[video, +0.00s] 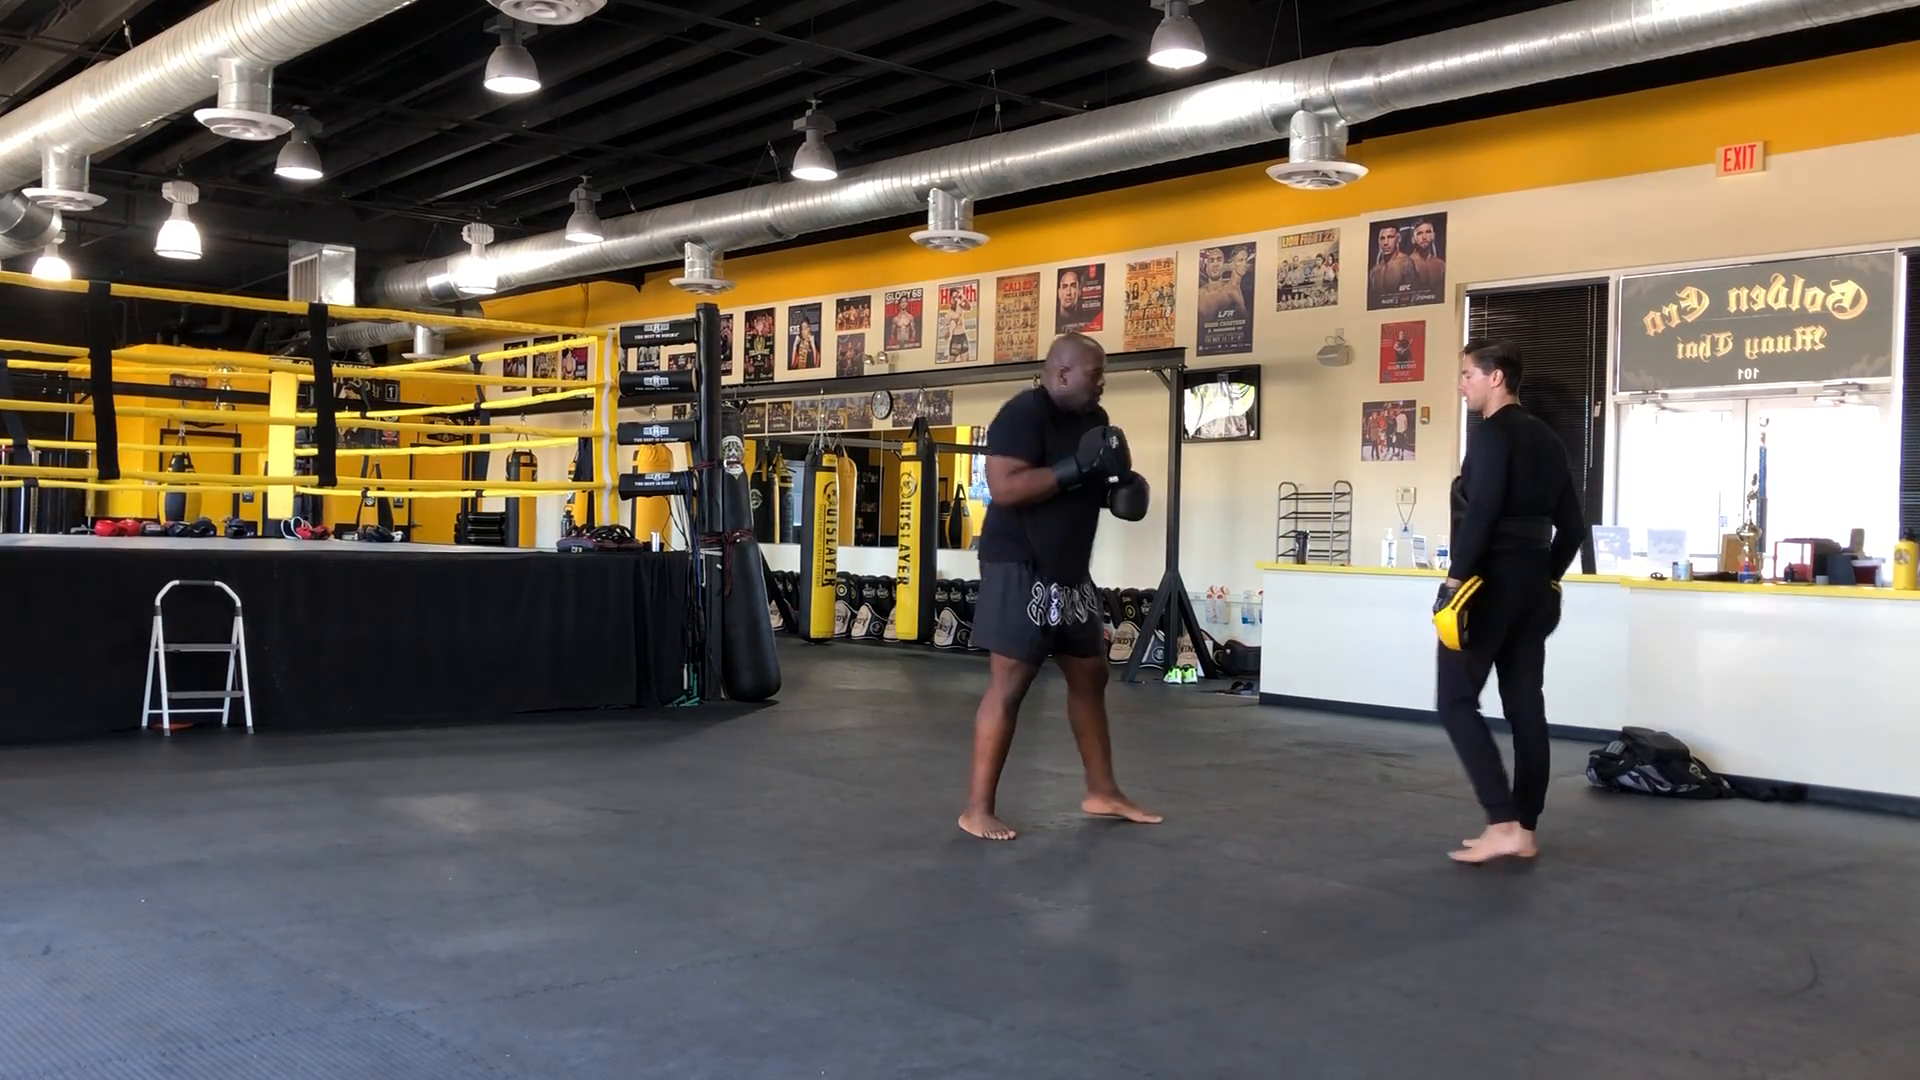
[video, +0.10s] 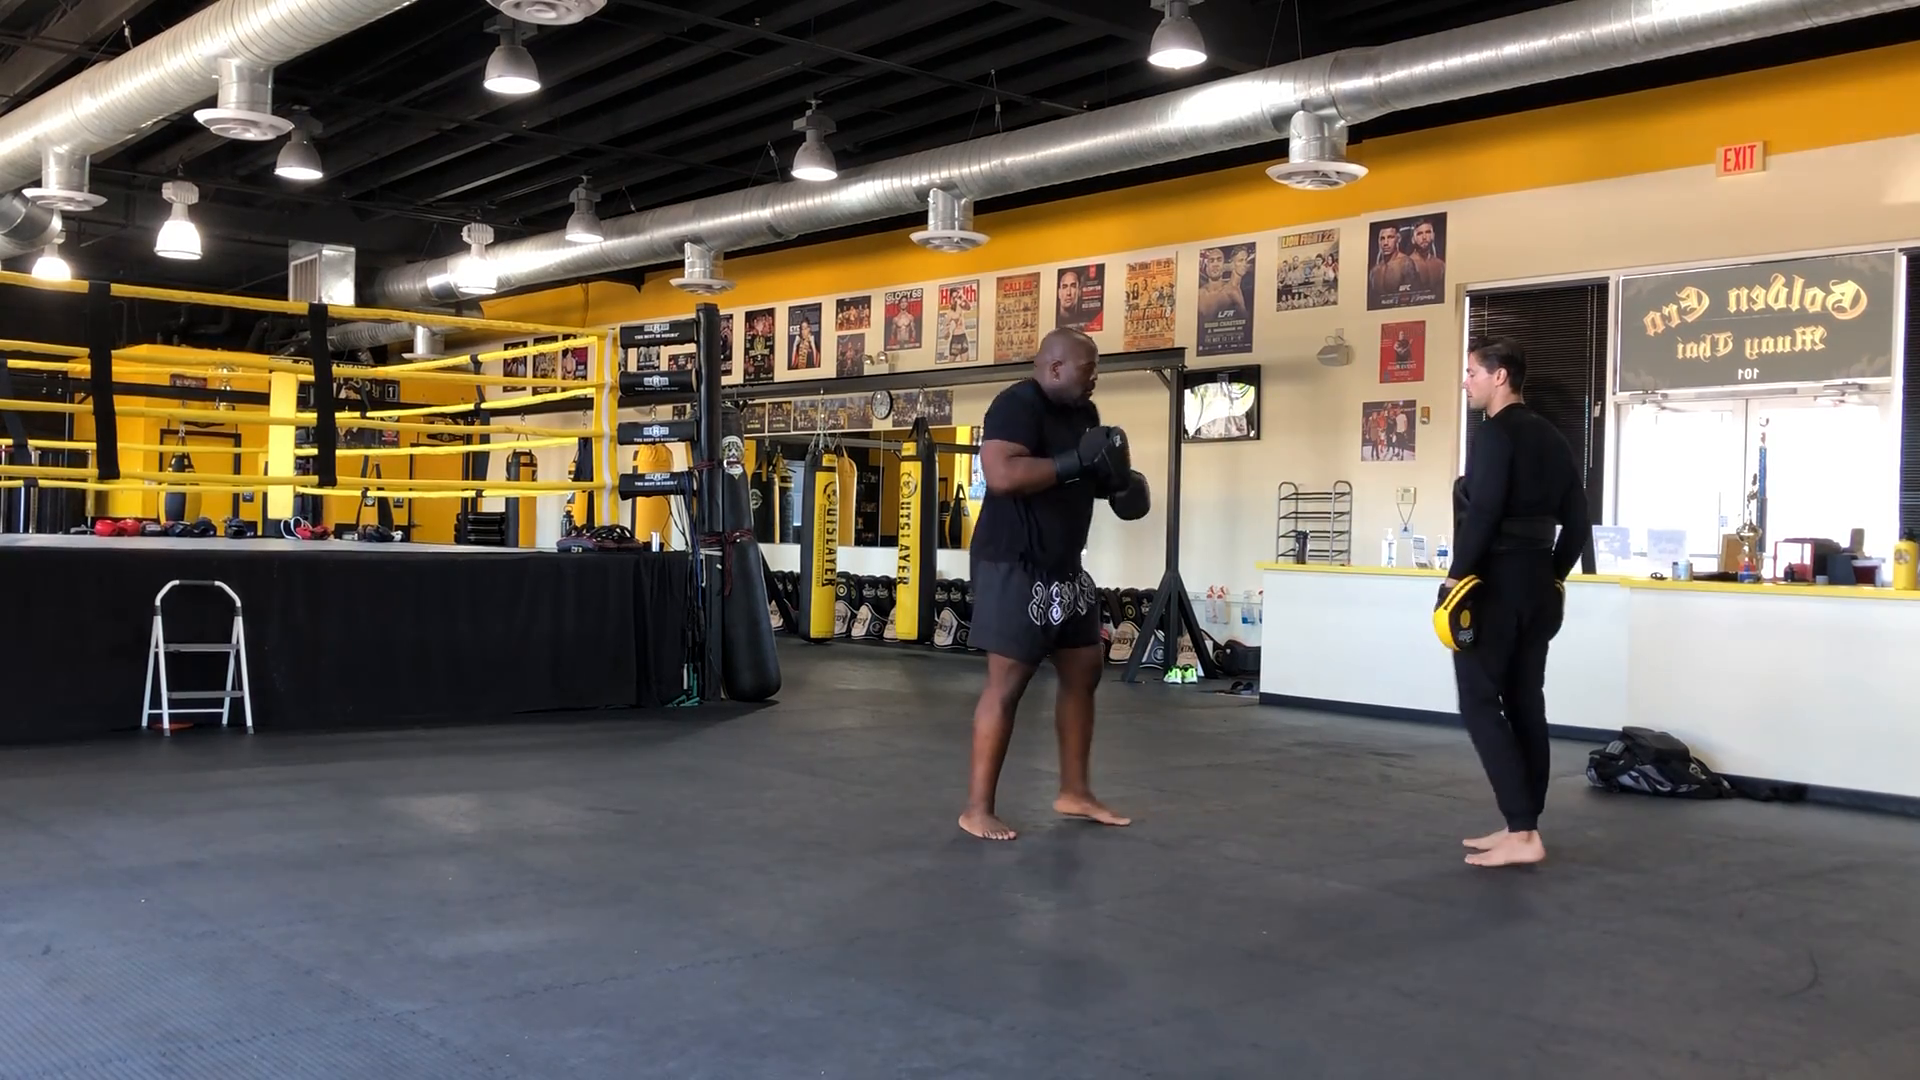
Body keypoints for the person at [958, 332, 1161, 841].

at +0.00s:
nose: (1101, 386)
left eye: (1103, 377)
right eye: (1094, 376)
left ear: (1084, 374)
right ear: (1060, 372)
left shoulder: (1092, 421)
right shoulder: (1021, 414)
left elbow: (1102, 484)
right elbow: (1004, 488)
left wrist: (1124, 494)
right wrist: (1079, 468)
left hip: (1070, 570)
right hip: (1018, 569)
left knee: (1089, 674)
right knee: (1008, 683)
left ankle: (1102, 791)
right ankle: (977, 811)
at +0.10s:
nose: (1093, 381)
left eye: (1095, 372)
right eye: (1087, 371)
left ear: (1070, 368)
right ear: (1053, 365)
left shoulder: (1085, 417)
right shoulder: (1016, 403)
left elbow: (1101, 481)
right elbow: (1002, 474)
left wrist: (1123, 486)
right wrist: (1080, 461)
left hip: (1064, 565)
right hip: (1011, 564)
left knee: (1083, 666)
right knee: (1006, 679)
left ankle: (1074, 792)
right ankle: (978, 810)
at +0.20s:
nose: (1090, 380)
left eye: (1092, 371)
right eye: (1083, 370)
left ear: (1057, 369)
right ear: (1050, 367)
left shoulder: (1072, 427)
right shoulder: (1011, 417)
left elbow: (1080, 491)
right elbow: (997, 482)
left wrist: (1117, 488)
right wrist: (1073, 470)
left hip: (1065, 571)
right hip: (1011, 572)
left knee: (1069, 679)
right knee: (1004, 683)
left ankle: (1066, 797)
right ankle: (978, 811)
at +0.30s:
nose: (1088, 379)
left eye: (1089, 370)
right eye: (1082, 368)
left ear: (1055, 368)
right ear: (1049, 366)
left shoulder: (1068, 424)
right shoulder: (1010, 418)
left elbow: (1067, 492)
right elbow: (1007, 495)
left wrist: (1111, 483)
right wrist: (1080, 476)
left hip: (1057, 575)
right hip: (1008, 577)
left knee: (1076, 672)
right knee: (1004, 682)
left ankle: (1067, 794)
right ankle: (977, 811)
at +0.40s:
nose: (1091, 376)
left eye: (1092, 366)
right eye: (1085, 365)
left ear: (1056, 364)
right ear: (1053, 363)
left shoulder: (1067, 420)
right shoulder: (1014, 415)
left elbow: (1062, 487)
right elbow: (1014, 496)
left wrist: (1104, 476)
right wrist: (1085, 477)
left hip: (1063, 571)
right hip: (1011, 574)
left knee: (1082, 669)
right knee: (997, 685)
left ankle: (1076, 793)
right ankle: (977, 811)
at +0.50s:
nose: (1096, 378)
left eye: (1097, 368)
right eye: (1091, 367)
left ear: (1062, 365)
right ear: (1059, 363)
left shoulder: (1070, 423)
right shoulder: (1018, 416)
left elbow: (1070, 488)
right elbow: (1018, 494)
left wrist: (1110, 481)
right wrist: (1089, 480)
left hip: (1064, 575)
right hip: (1015, 575)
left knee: (1072, 678)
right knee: (998, 685)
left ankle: (1088, 801)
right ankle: (977, 812)